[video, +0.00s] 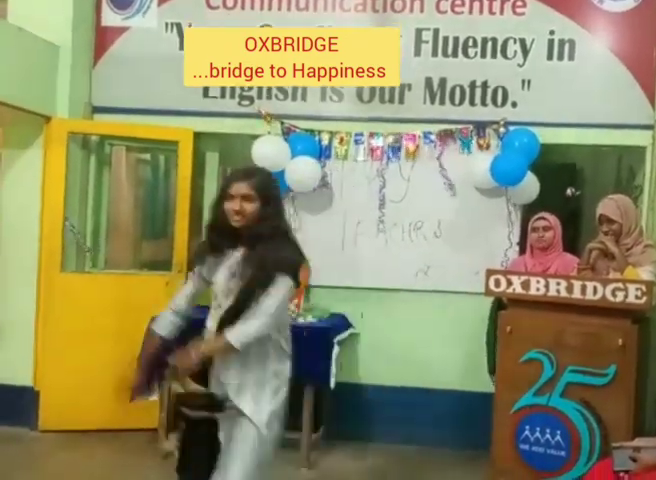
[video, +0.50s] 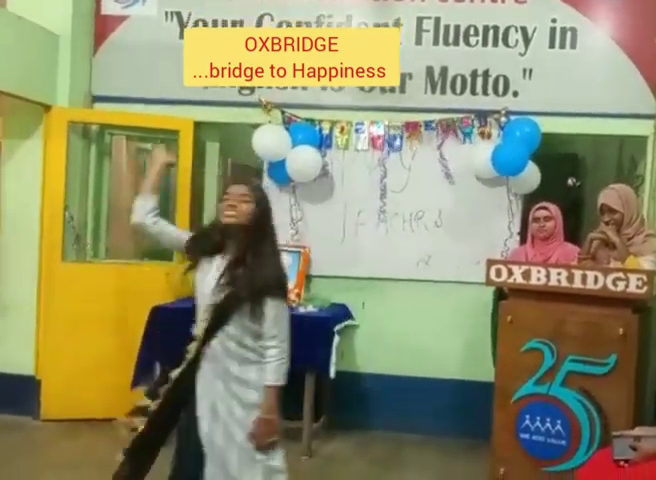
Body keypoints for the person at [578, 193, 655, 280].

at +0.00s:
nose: (604, 229)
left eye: (611, 222)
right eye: (600, 222)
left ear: (627, 221)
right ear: (597, 224)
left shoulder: (647, 253)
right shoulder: (595, 251)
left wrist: (617, 252)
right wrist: (587, 254)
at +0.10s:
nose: (604, 227)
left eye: (611, 220)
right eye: (601, 220)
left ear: (628, 219)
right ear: (597, 222)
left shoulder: (648, 251)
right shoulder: (595, 249)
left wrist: (617, 250)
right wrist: (587, 252)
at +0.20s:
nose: (605, 225)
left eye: (612, 217)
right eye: (602, 218)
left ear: (629, 217)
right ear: (598, 220)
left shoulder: (649, 248)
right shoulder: (596, 247)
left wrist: (618, 248)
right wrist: (588, 250)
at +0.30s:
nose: (605, 223)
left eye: (612, 215)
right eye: (602, 216)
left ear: (629, 215)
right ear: (598, 217)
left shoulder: (649, 246)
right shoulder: (596, 245)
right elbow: (580, 275)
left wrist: (618, 246)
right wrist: (588, 247)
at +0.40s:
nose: (606, 221)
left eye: (612, 213)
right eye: (602, 214)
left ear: (629, 213)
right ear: (599, 216)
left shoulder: (649, 245)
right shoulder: (596, 242)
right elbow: (580, 272)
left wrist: (618, 244)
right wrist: (588, 244)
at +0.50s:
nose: (605, 219)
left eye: (612, 211)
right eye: (602, 212)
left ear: (629, 211)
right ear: (599, 213)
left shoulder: (649, 243)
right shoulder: (596, 241)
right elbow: (580, 271)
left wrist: (618, 242)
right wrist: (588, 242)